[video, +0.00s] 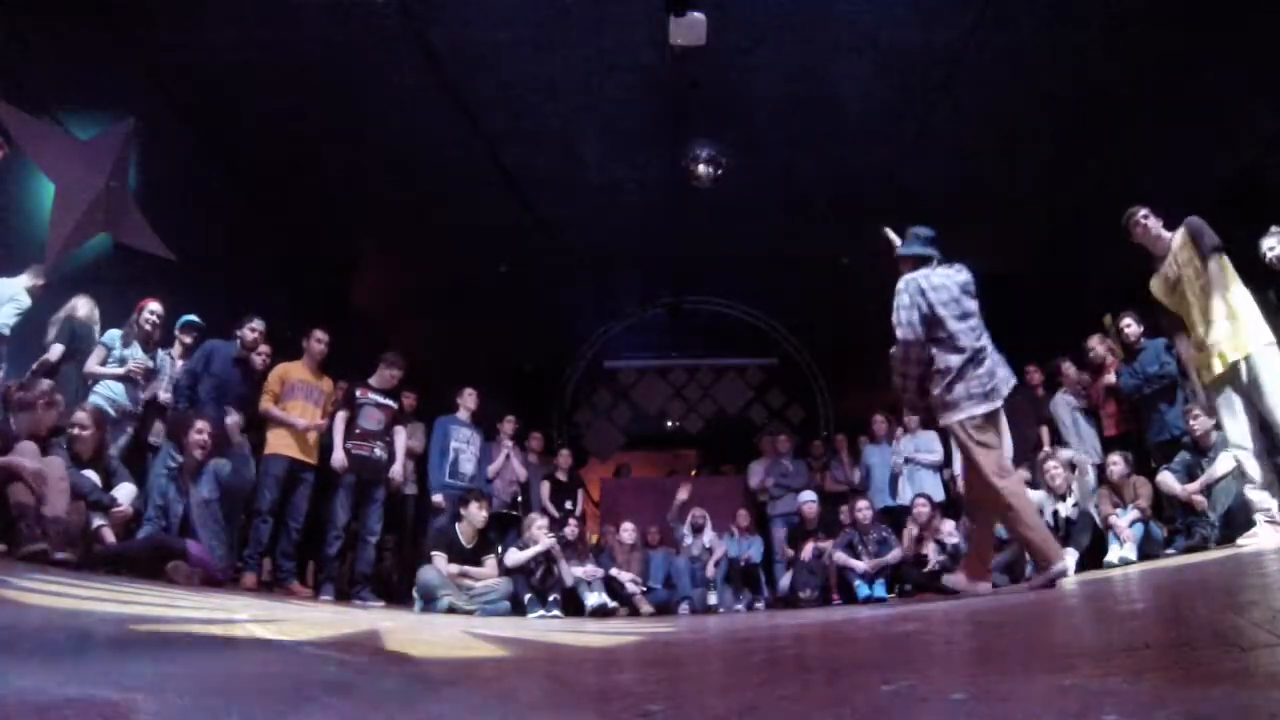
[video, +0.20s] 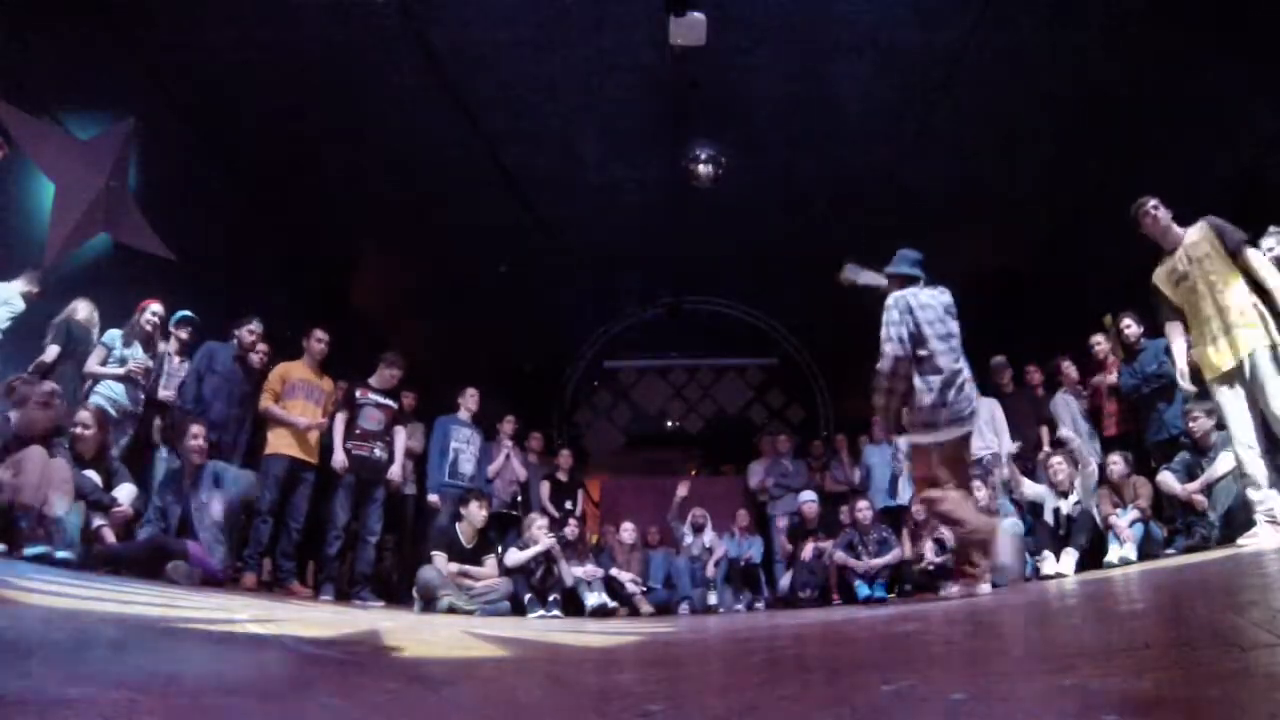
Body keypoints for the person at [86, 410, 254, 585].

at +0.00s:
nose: (205, 440)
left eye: (210, 435)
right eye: (199, 433)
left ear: (214, 441)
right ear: (183, 436)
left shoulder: (217, 469)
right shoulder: (165, 471)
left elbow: (244, 482)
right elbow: (154, 519)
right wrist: (139, 546)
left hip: (214, 557)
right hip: (175, 546)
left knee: (159, 541)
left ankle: (96, 555)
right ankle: (185, 576)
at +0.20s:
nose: (201, 444)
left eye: (204, 439)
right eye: (194, 438)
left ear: (209, 444)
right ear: (179, 444)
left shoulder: (223, 475)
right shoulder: (171, 479)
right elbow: (154, 519)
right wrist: (144, 543)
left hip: (213, 558)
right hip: (175, 547)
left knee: (159, 543)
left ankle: (98, 555)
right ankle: (182, 575)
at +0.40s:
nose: (199, 449)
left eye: (202, 443)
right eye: (191, 444)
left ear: (206, 446)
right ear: (177, 450)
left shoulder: (214, 474)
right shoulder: (169, 478)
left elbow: (247, 495)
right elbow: (154, 518)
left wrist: (221, 527)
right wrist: (145, 543)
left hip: (211, 551)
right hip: (175, 546)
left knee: (160, 545)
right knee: (152, 557)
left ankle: (102, 555)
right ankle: (184, 575)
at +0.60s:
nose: (206, 442)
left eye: (209, 437)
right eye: (199, 435)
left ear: (213, 442)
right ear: (183, 441)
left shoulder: (218, 471)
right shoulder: (169, 477)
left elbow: (241, 498)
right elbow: (153, 517)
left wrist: (245, 460)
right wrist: (143, 545)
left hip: (214, 551)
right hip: (176, 545)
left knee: (159, 543)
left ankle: (100, 553)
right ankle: (185, 576)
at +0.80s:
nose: (203, 444)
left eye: (207, 440)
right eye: (197, 438)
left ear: (211, 446)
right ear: (182, 443)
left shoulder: (215, 473)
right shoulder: (171, 478)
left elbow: (244, 489)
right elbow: (154, 518)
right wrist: (141, 545)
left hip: (210, 551)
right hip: (174, 543)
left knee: (161, 544)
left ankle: (99, 553)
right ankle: (183, 575)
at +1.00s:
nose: (200, 452)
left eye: (203, 446)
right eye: (192, 447)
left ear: (207, 448)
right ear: (177, 452)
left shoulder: (213, 477)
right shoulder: (168, 481)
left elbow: (242, 507)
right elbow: (153, 520)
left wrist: (223, 547)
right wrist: (142, 549)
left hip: (211, 552)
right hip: (176, 546)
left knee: (159, 544)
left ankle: (93, 556)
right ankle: (186, 576)